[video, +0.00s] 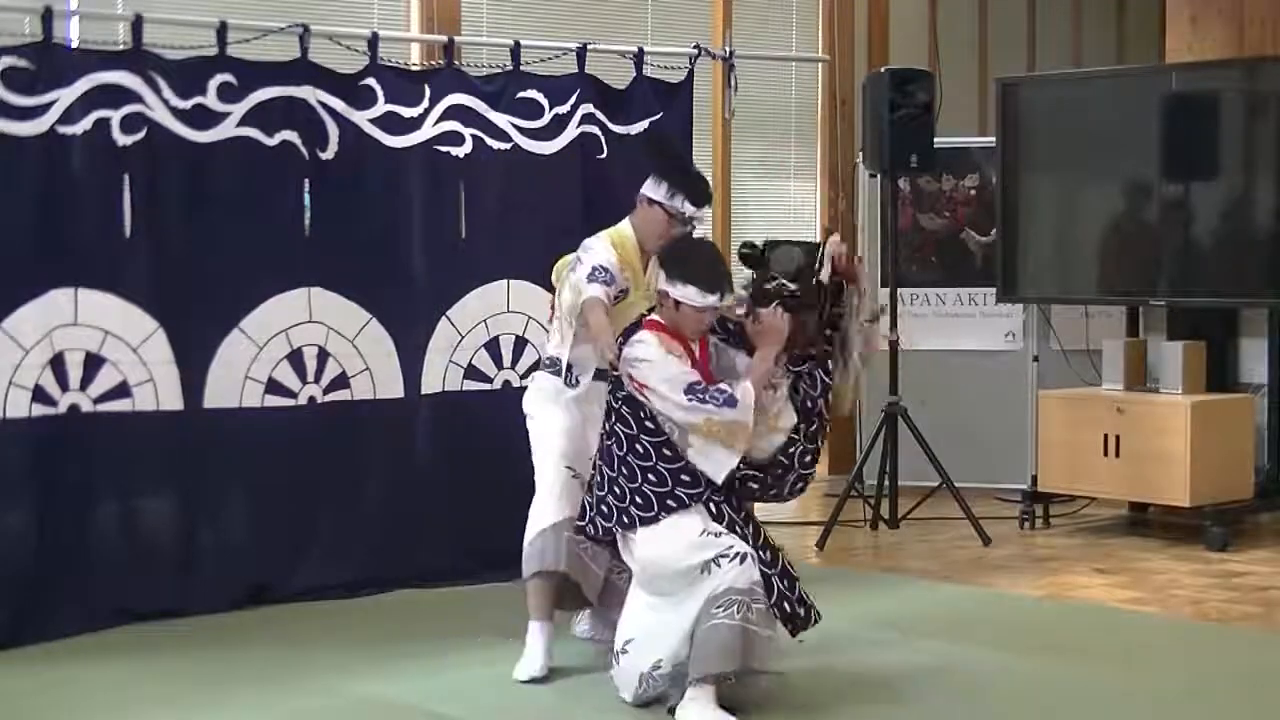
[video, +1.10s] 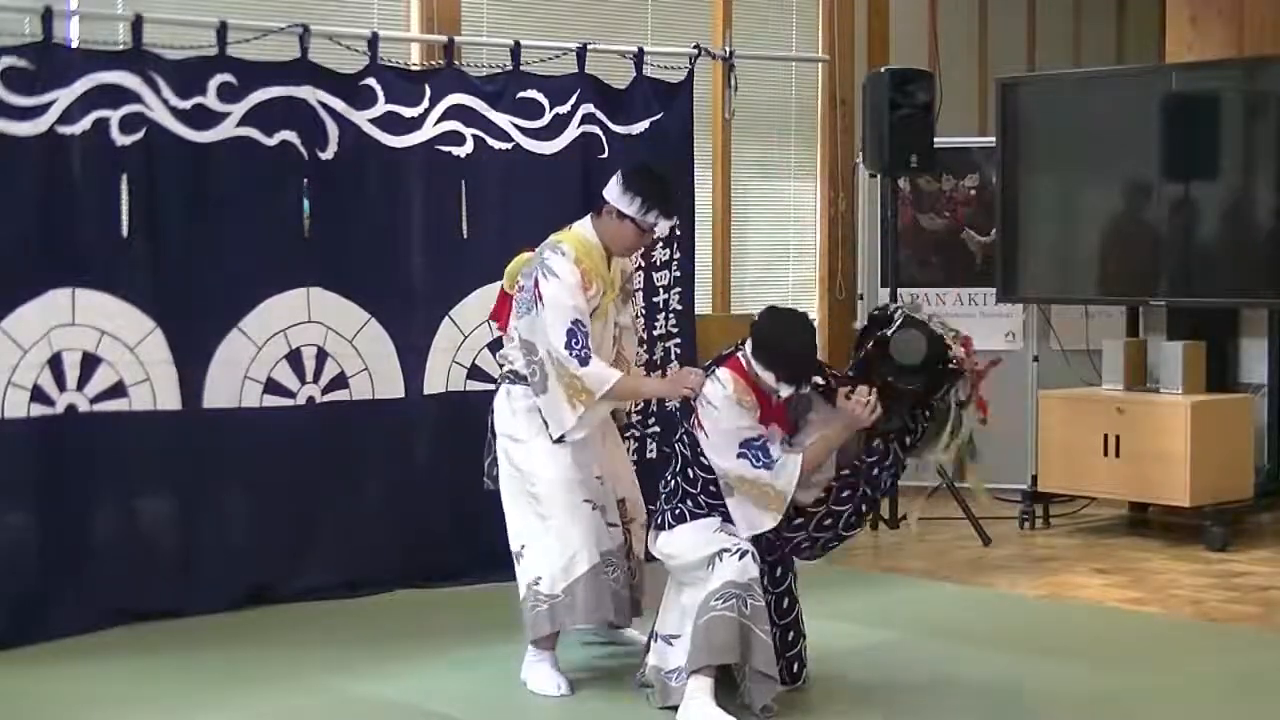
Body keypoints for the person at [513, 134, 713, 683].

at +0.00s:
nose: (681, 232)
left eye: (688, 222)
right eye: (676, 218)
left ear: (680, 220)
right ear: (645, 206)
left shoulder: (664, 263)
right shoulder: (603, 250)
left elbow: (689, 322)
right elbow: (593, 308)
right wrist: (618, 359)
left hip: (619, 393)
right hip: (564, 389)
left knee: (631, 502)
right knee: (557, 496)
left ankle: (602, 616)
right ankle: (537, 635)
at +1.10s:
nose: (649, 244)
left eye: (655, 235)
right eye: (647, 232)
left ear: (622, 219)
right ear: (618, 216)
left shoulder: (618, 264)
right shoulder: (561, 263)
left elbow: (624, 349)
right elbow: (580, 365)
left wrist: (653, 385)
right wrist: (660, 387)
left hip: (584, 408)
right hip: (533, 413)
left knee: (620, 510)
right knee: (559, 527)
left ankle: (606, 616)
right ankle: (541, 652)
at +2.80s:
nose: (668, 265)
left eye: (674, 257)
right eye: (672, 251)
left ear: (645, 228)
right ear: (650, 228)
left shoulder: (581, 254)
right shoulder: (600, 260)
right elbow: (627, 334)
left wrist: (600, 417)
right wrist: (675, 381)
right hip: (519, 393)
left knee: (611, 505)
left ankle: (631, 641)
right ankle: (480, 650)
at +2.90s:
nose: (665, 266)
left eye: (670, 257)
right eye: (667, 252)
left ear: (641, 231)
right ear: (643, 230)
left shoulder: (582, 259)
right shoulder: (598, 267)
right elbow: (628, 335)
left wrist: (601, 425)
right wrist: (671, 380)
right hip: (512, 395)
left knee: (611, 508)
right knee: (501, 521)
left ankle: (630, 642)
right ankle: (480, 650)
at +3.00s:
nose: (659, 270)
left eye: (665, 262)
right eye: (661, 256)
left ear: (635, 235)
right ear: (639, 234)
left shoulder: (576, 261)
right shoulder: (598, 272)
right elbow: (631, 345)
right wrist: (672, 385)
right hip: (509, 395)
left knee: (609, 509)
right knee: (498, 522)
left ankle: (630, 642)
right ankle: (480, 650)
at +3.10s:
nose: (656, 273)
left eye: (661, 265)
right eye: (657, 259)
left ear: (629, 242)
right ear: (634, 239)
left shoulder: (570, 267)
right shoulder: (595, 275)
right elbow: (637, 357)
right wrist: (678, 391)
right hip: (508, 399)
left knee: (609, 508)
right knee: (494, 522)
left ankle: (630, 642)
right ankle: (480, 649)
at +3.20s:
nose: (652, 277)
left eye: (657, 269)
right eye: (654, 265)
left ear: (620, 246)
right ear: (632, 247)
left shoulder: (569, 271)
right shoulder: (593, 279)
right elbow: (638, 355)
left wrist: (588, 419)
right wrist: (676, 389)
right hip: (502, 401)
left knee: (606, 507)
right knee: (491, 523)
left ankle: (630, 641)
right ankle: (480, 648)